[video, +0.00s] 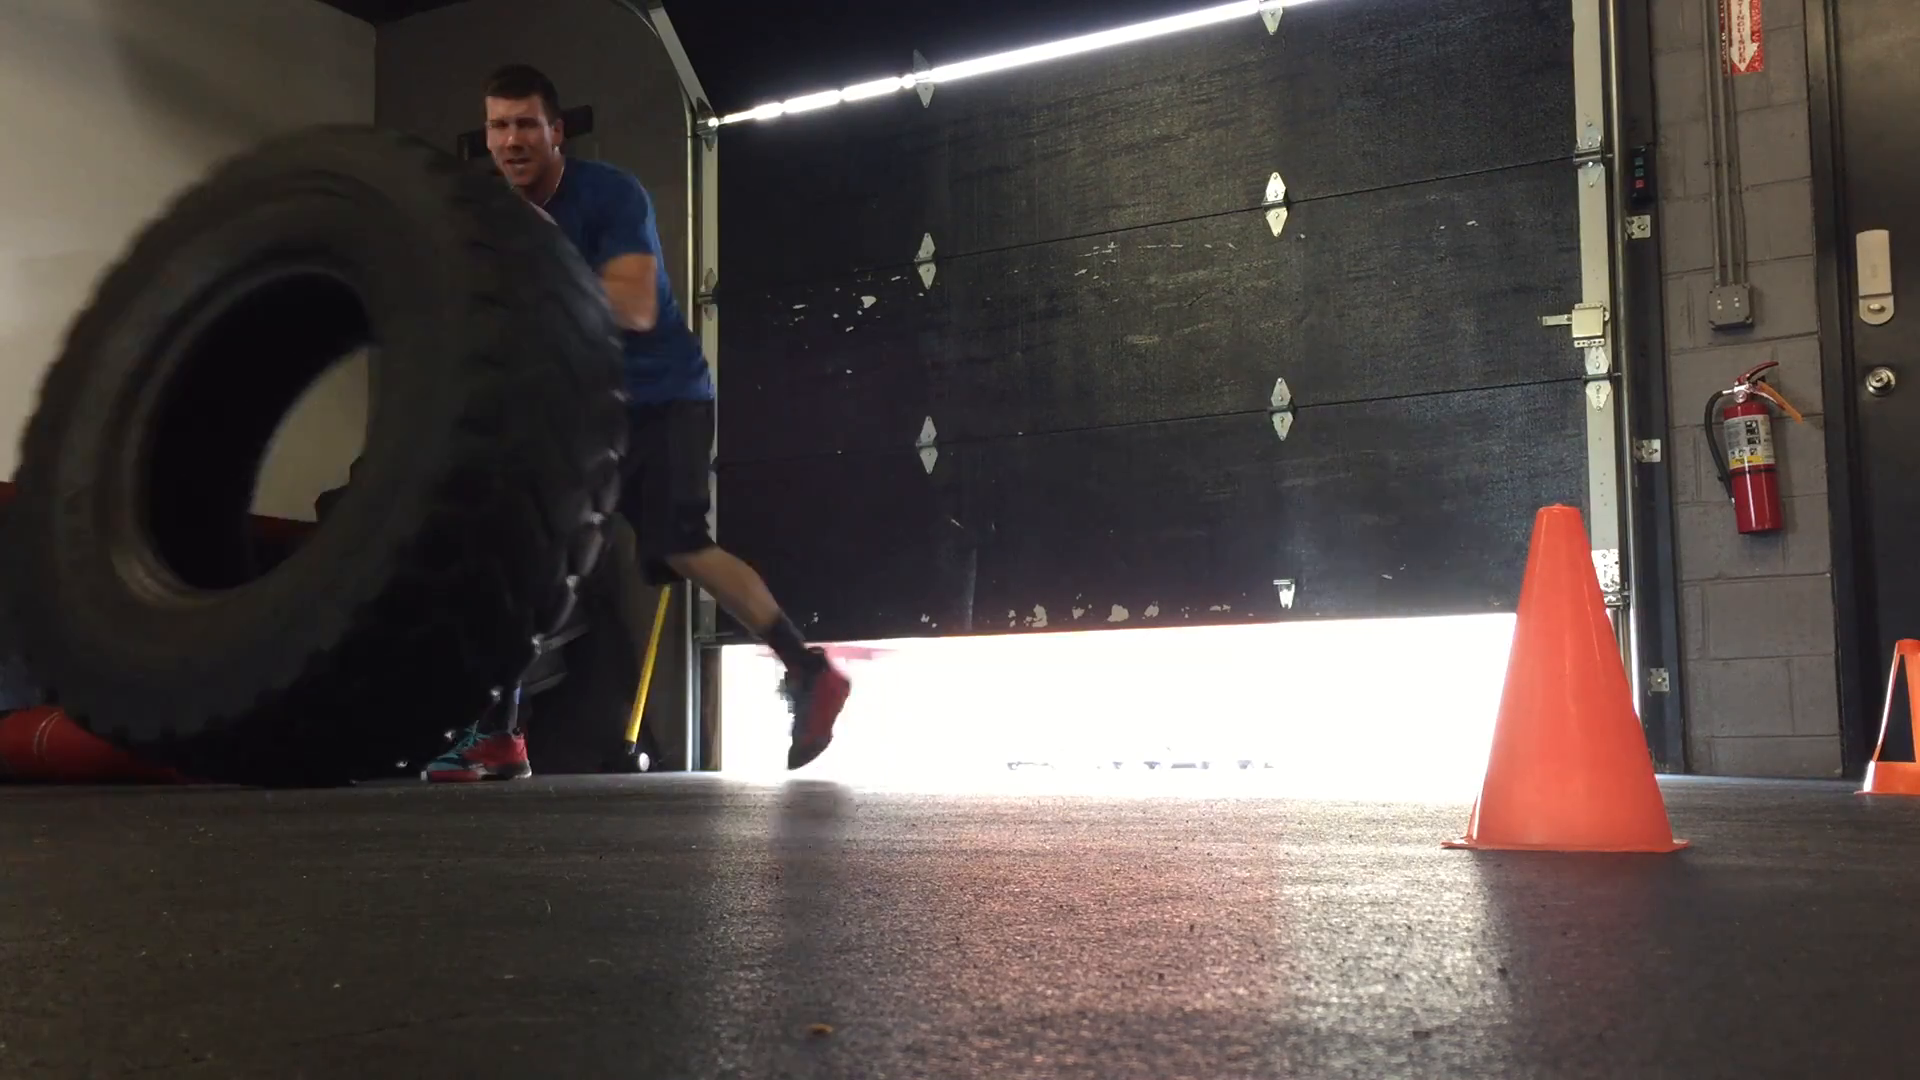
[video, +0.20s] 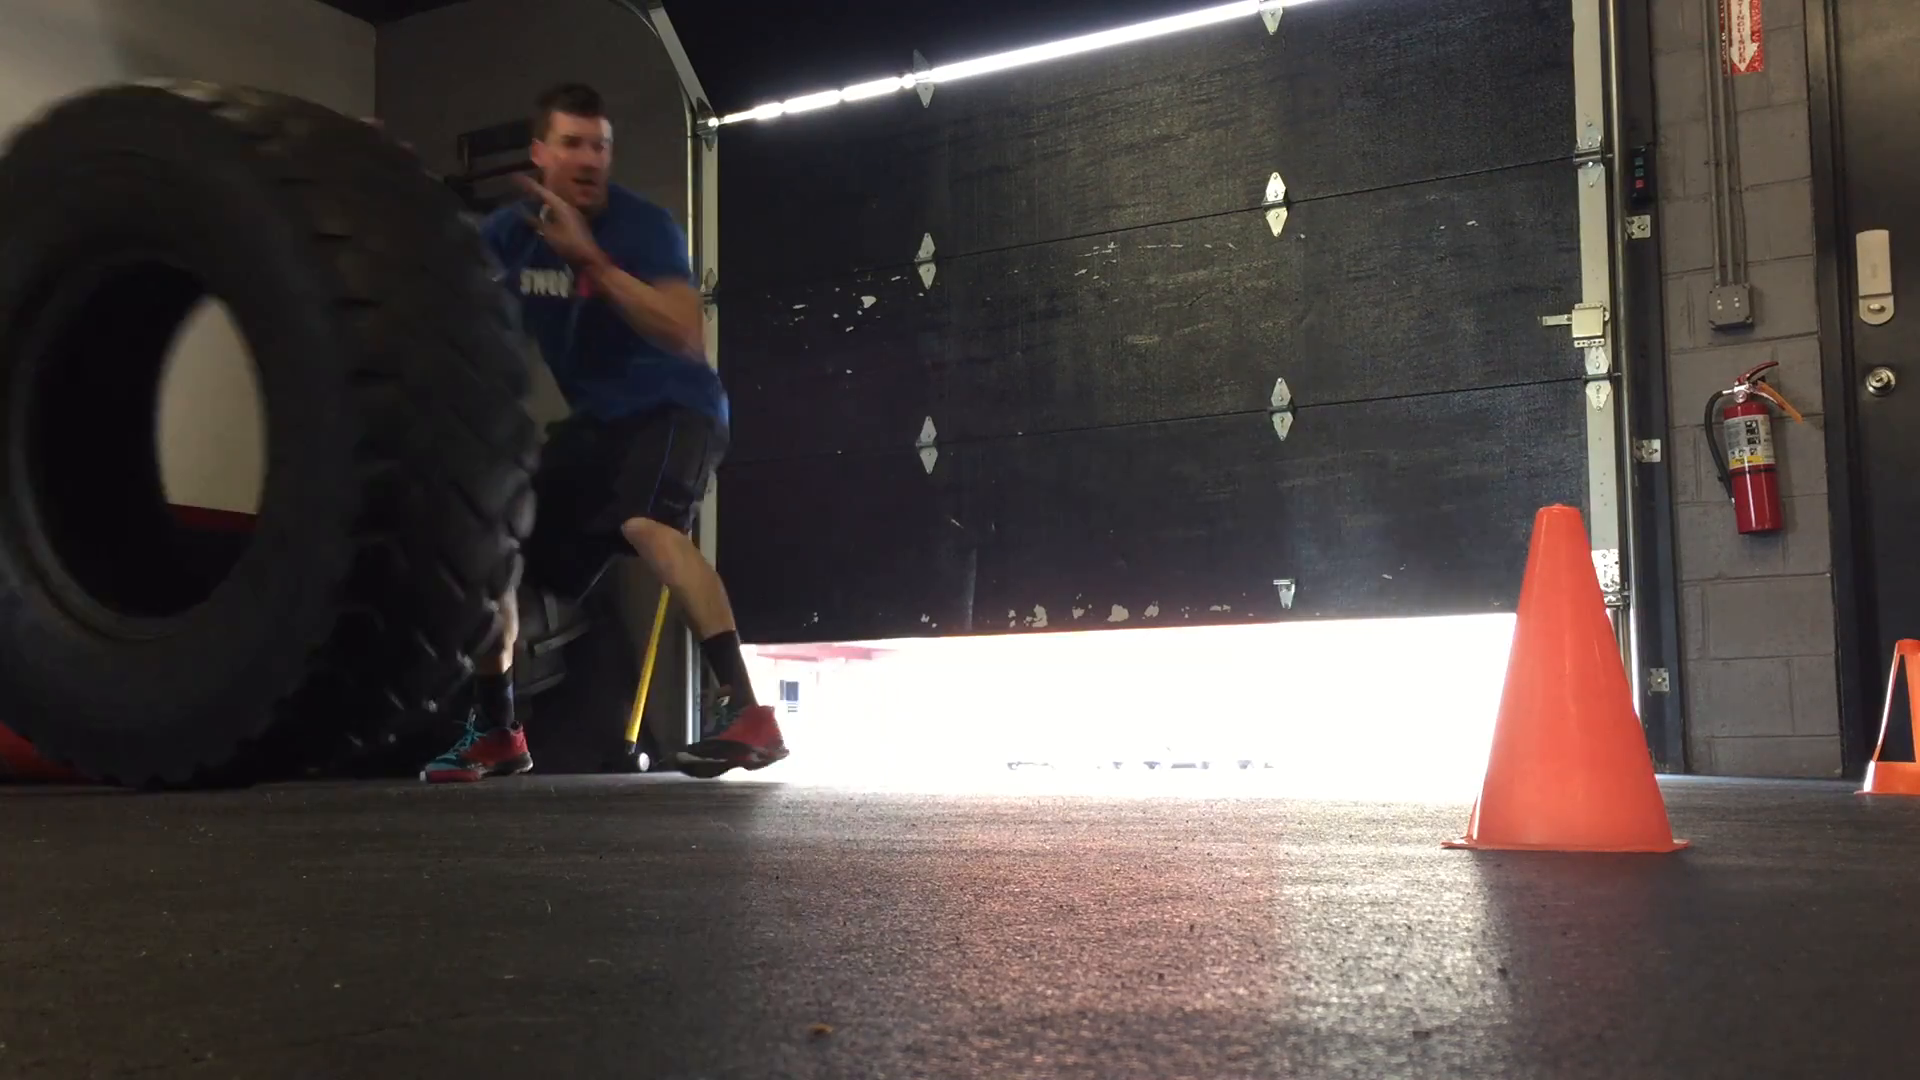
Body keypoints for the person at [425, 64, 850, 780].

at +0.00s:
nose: (511, 141)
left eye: (525, 125)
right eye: (498, 127)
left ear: (558, 131)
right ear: (486, 137)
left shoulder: (611, 193)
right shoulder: (494, 212)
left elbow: (636, 307)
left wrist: (533, 297)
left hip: (663, 394)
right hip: (576, 405)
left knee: (678, 542)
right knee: (537, 553)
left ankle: (809, 670)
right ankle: (497, 729)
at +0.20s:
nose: (589, 159)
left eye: (601, 145)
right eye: (572, 143)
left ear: (614, 154)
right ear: (536, 154)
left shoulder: (643, 223)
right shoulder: (509, 232)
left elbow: (687, 333)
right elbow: (446, 297)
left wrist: (588, 256)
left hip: (680, 405)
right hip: (598, 417)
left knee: (649, 519)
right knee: (491, 537)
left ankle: (750, 712)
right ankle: (498, 731)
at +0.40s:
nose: (738, 123)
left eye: (748, 109)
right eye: (723, 108)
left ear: (761, 121)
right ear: (687, 121)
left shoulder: (791, 196)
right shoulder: (654, 193)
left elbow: (889, 243)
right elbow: (564, 223)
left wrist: (855, 160)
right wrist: (528, 128)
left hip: (753, 415)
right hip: (659, 416)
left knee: (675, 513)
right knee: (575, 571)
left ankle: (751, 723)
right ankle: (512, 713)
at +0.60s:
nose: (925, 20)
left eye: (938, 9)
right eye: (908, 5)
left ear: (950, 21)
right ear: (867, 9)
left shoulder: (974, 106)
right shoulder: (814, 92)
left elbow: (1074, 212)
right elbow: (711, 156)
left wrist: (988, 223)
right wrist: (683, 91)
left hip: (955, 336)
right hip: (860, 329)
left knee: (872, 466)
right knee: (755, 477)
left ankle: (853, 674)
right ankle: (822, 662)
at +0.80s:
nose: (1182, 25)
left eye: (1189, 11)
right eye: (1166, 8)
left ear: (1197, 24)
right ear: (1120, 14)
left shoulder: (1211, 130)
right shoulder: (1037, 105)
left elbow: (1289, 241)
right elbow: (923, 188)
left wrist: (1311, 311)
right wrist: (953, 209)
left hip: (1177, 365)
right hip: (1056, 367)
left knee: (1283, 490)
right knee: (961, 541)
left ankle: (1413, 646)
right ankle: (943, 714)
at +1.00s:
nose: (1529, 155)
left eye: (1539, 137)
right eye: (1511, 131)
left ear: (1541, 143)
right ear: (1441, 121)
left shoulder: (1529, 254)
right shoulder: (1337, 210)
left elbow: (1637, 394)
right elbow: (1230, 310)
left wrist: (1772, 517)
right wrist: (1184, 443)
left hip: (1440, 440)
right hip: (1317, 457)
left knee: (1594, 519)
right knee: (1276, 643)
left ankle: (1682, 708)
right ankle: (1167, 710)